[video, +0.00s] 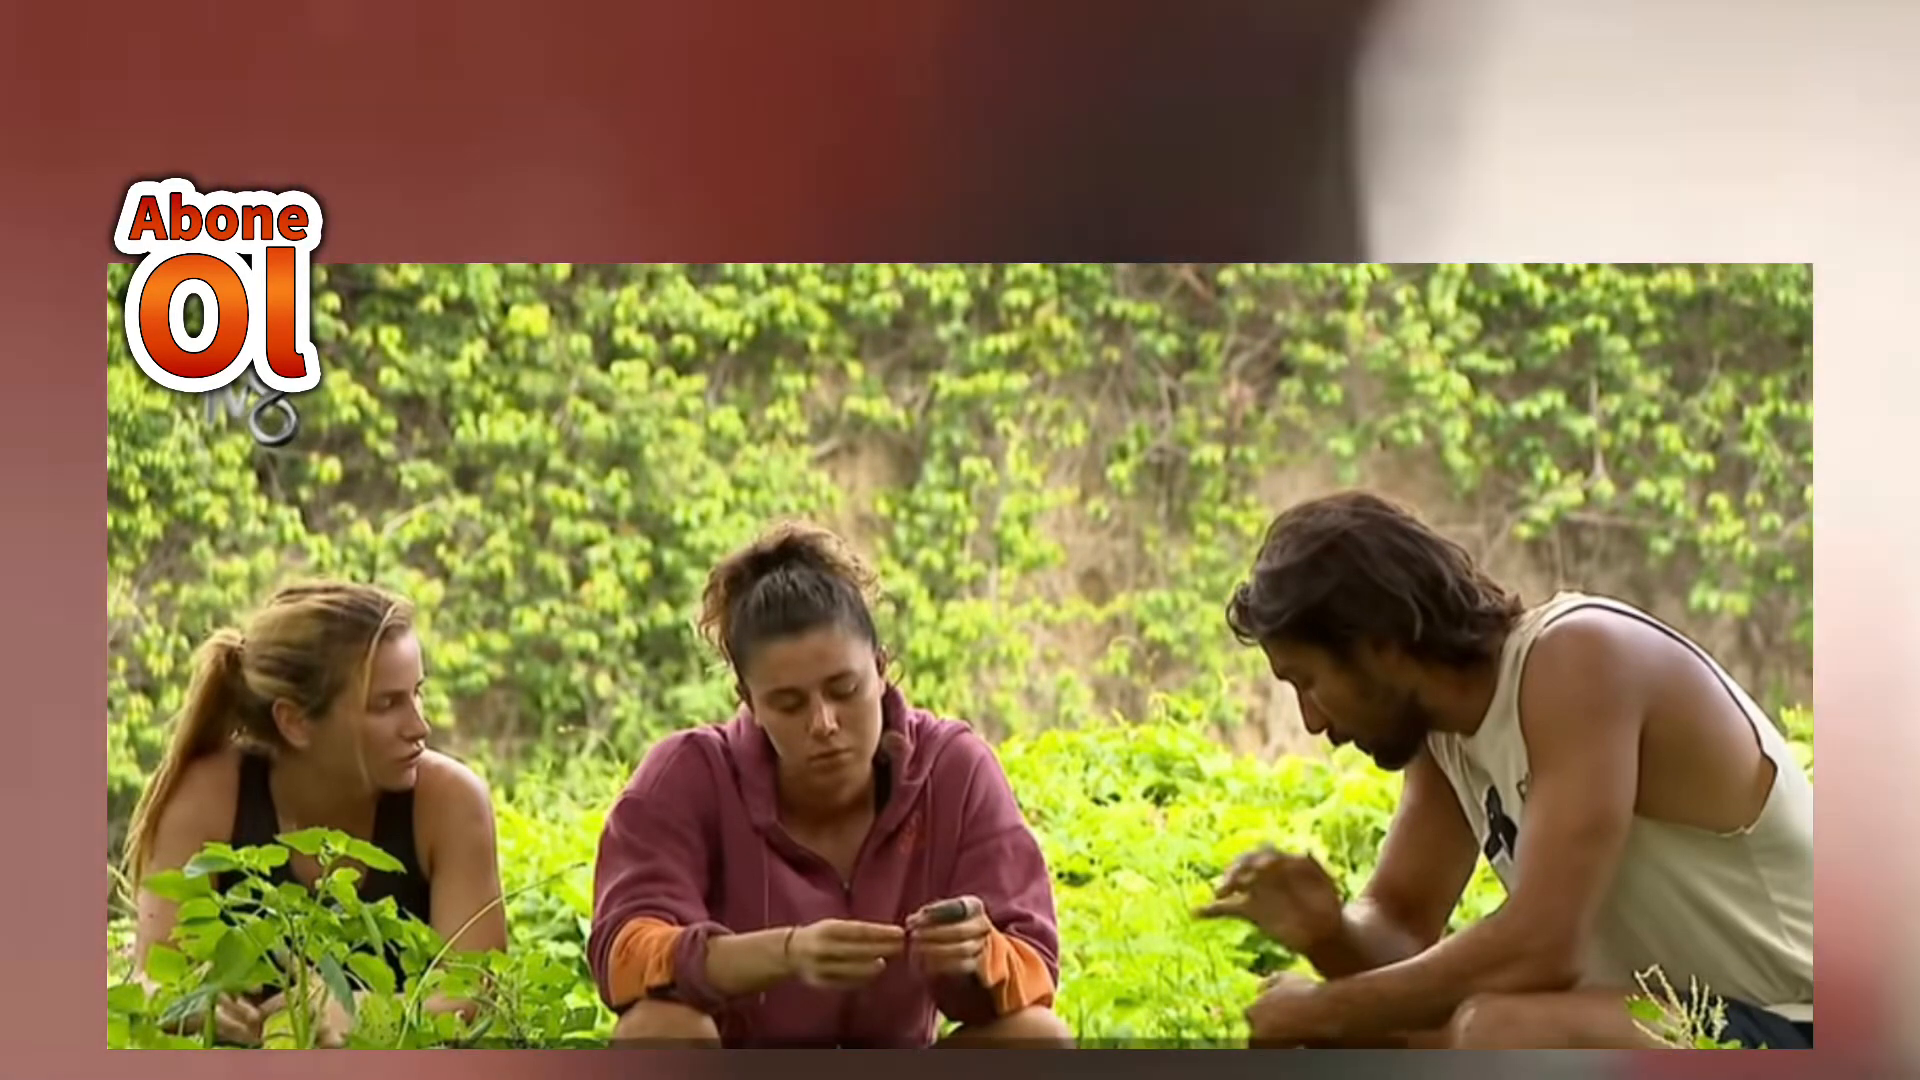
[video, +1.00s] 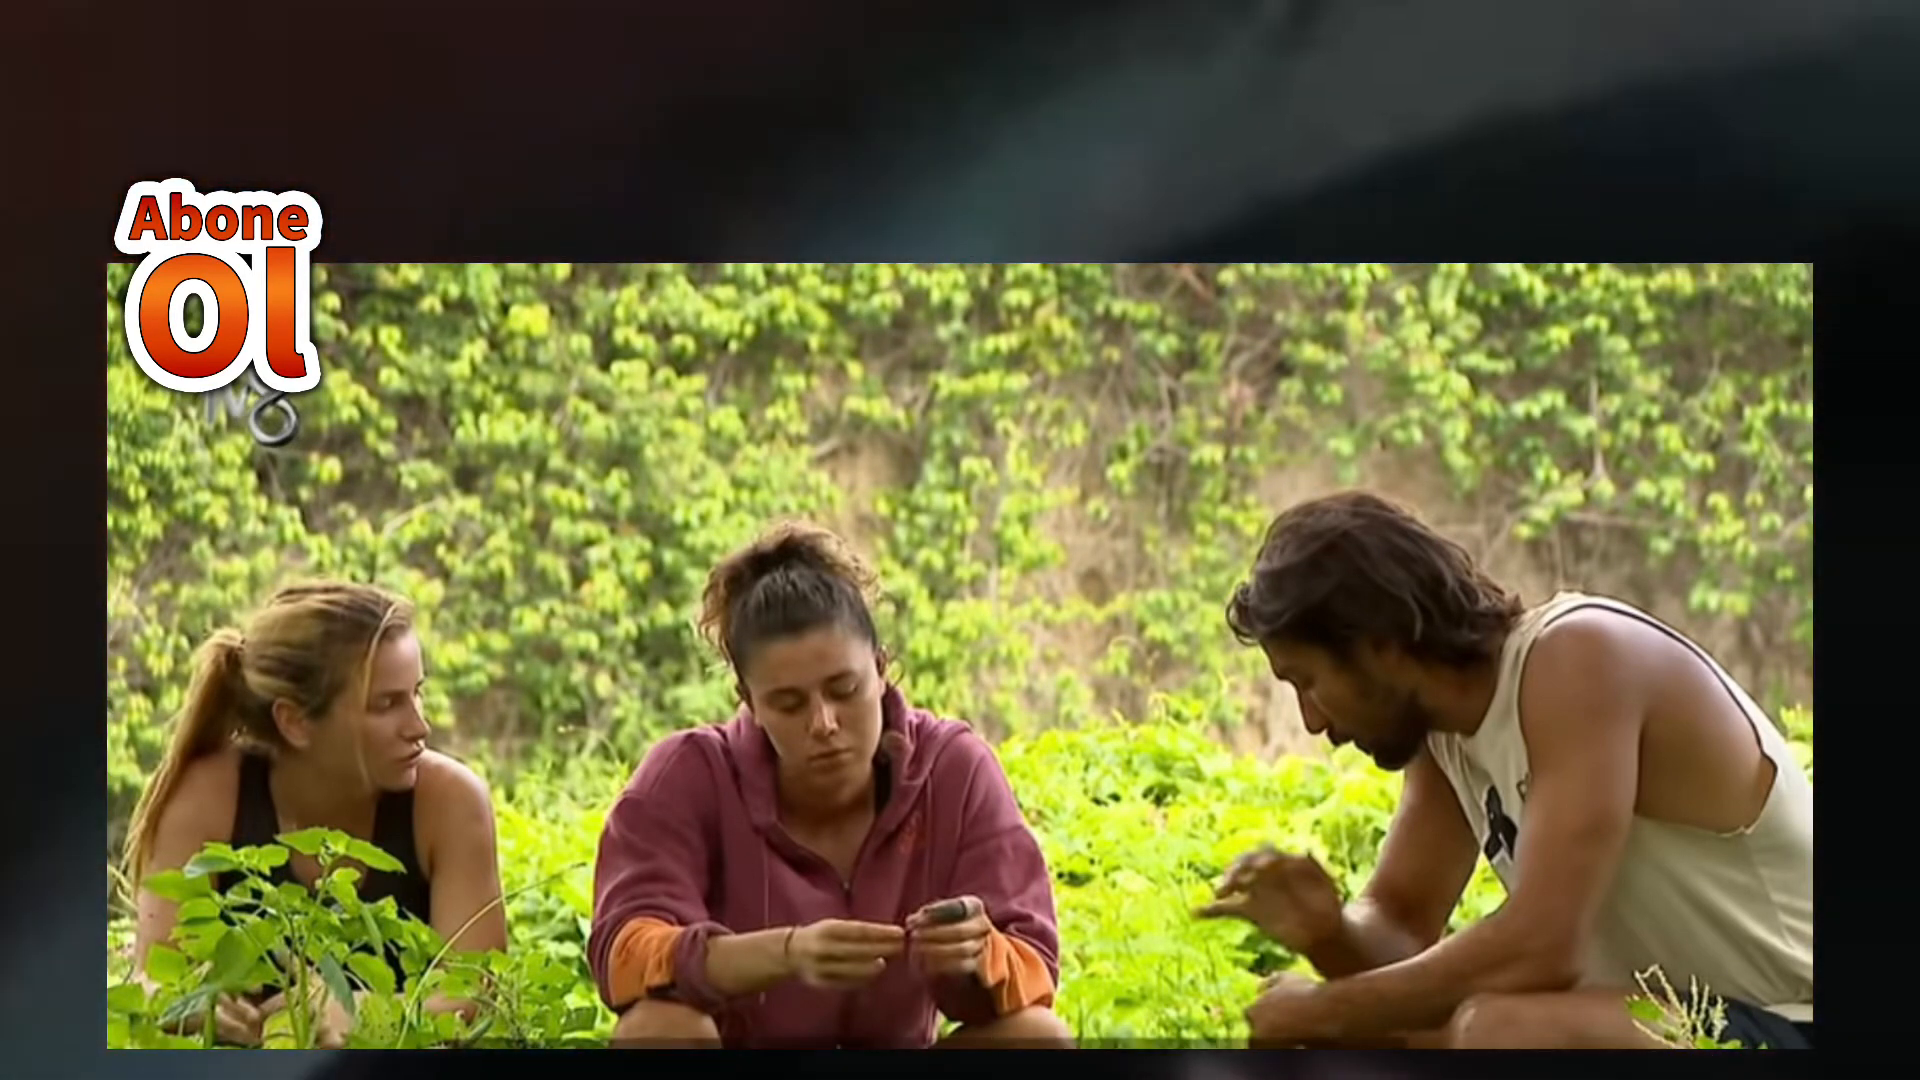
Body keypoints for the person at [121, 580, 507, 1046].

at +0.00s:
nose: (420, 725)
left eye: (417, 695)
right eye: (387, 704)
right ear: (295, 722)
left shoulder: (451, 800)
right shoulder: (206, 792)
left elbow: (470, 1000)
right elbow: (153, 982)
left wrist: (355, 1013)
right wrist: (200, 1008)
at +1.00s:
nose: (420, 725)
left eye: (417, 695)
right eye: (387, 705)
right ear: (295, 723)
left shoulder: (451, 800)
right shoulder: (206, 793)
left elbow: (470, 1001)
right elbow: (153, 984)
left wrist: (354, 1013)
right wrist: (200, 1009)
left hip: (385, 1067)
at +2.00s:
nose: (420, 725)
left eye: (417, 695)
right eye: (388, 705)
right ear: (295, 723)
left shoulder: (451, 800)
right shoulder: (206, 793)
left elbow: (470, 1001)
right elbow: (153, 985)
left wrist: (354, 1013)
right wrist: (203, 1009)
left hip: (385, 1068)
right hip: (239, 1068)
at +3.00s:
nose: (420, 726)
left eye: (417, 695)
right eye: (387, 705)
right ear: (295, 722)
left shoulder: (451, 799)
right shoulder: (206, 792)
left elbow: (470, 999)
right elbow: (153, 984)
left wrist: (355, 1013)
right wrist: (202, 1009)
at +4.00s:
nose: (420, 725)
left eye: (417, 695)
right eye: (388, 705)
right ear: (295, 722)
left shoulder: (451, 799)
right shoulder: (205, 792)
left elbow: (470, 1000)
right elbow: (153, 983)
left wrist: (355, 1013)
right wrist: (200, 1008)